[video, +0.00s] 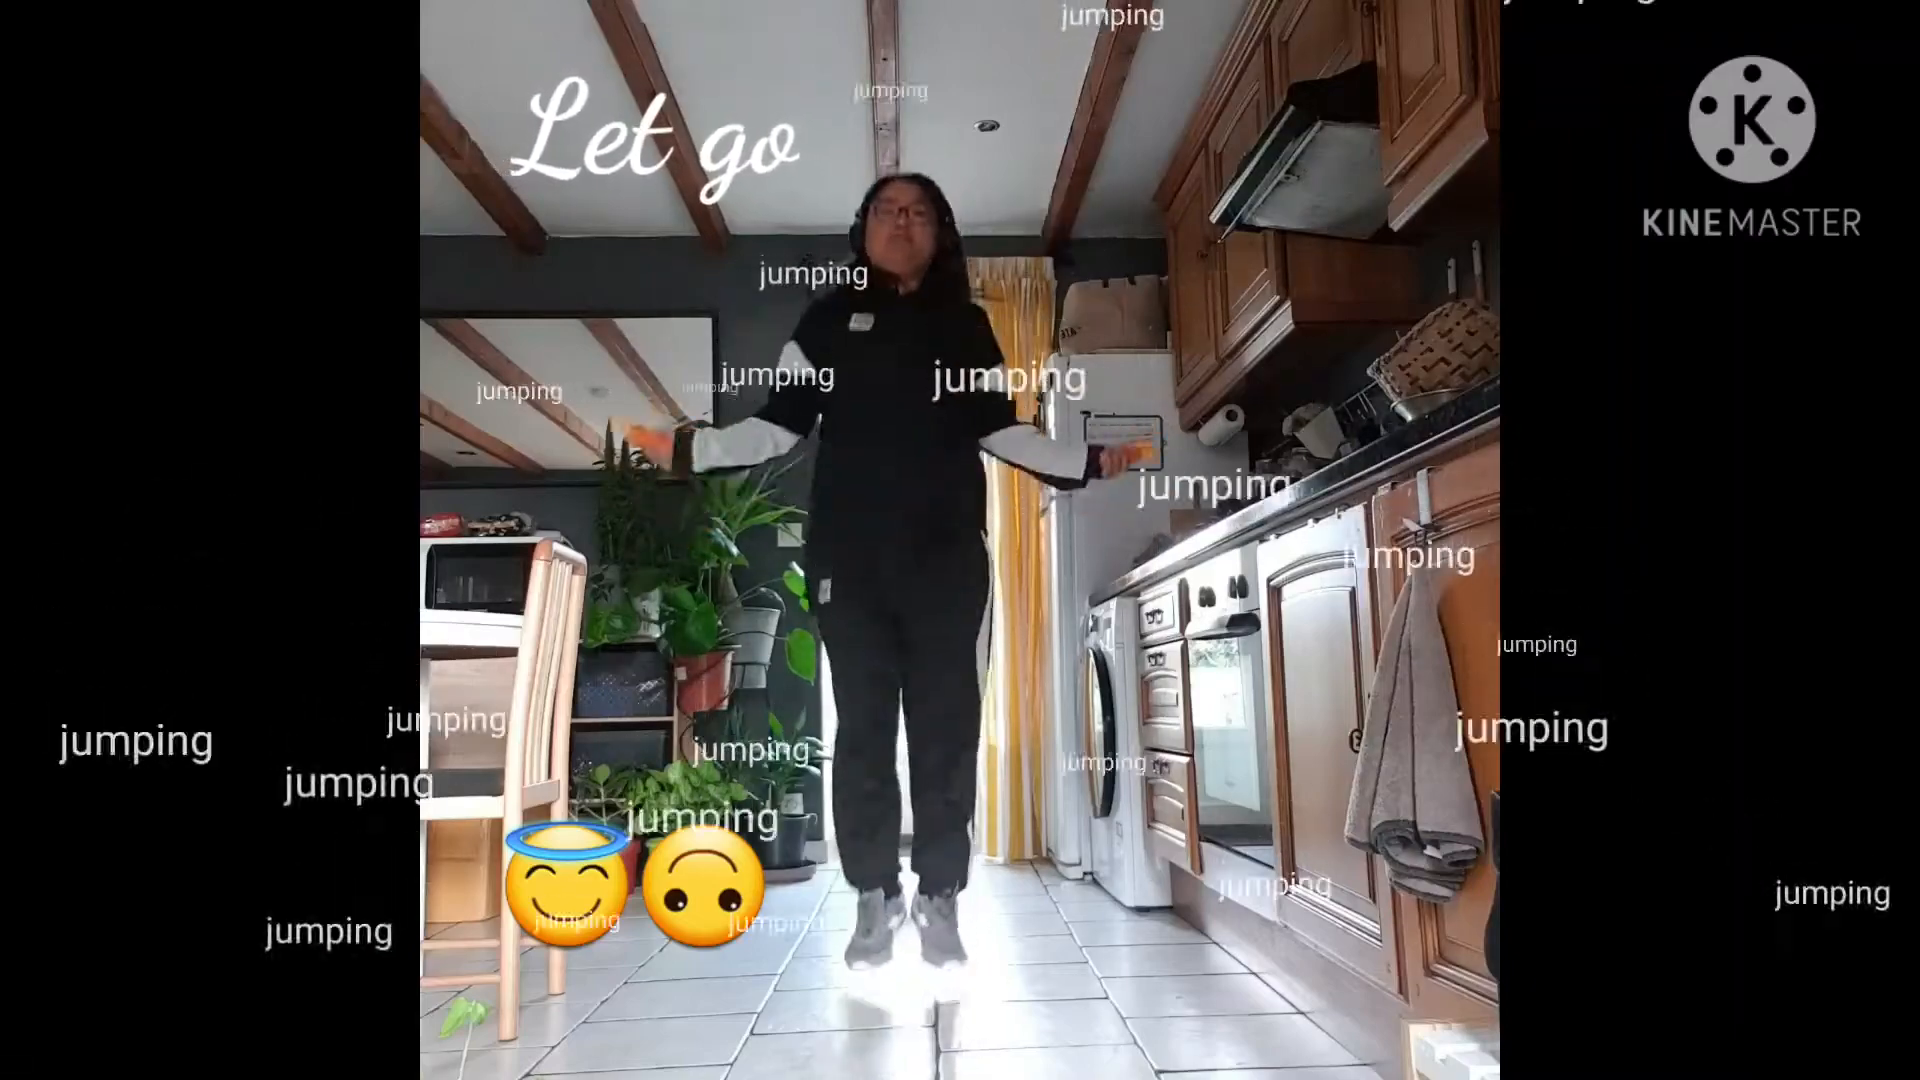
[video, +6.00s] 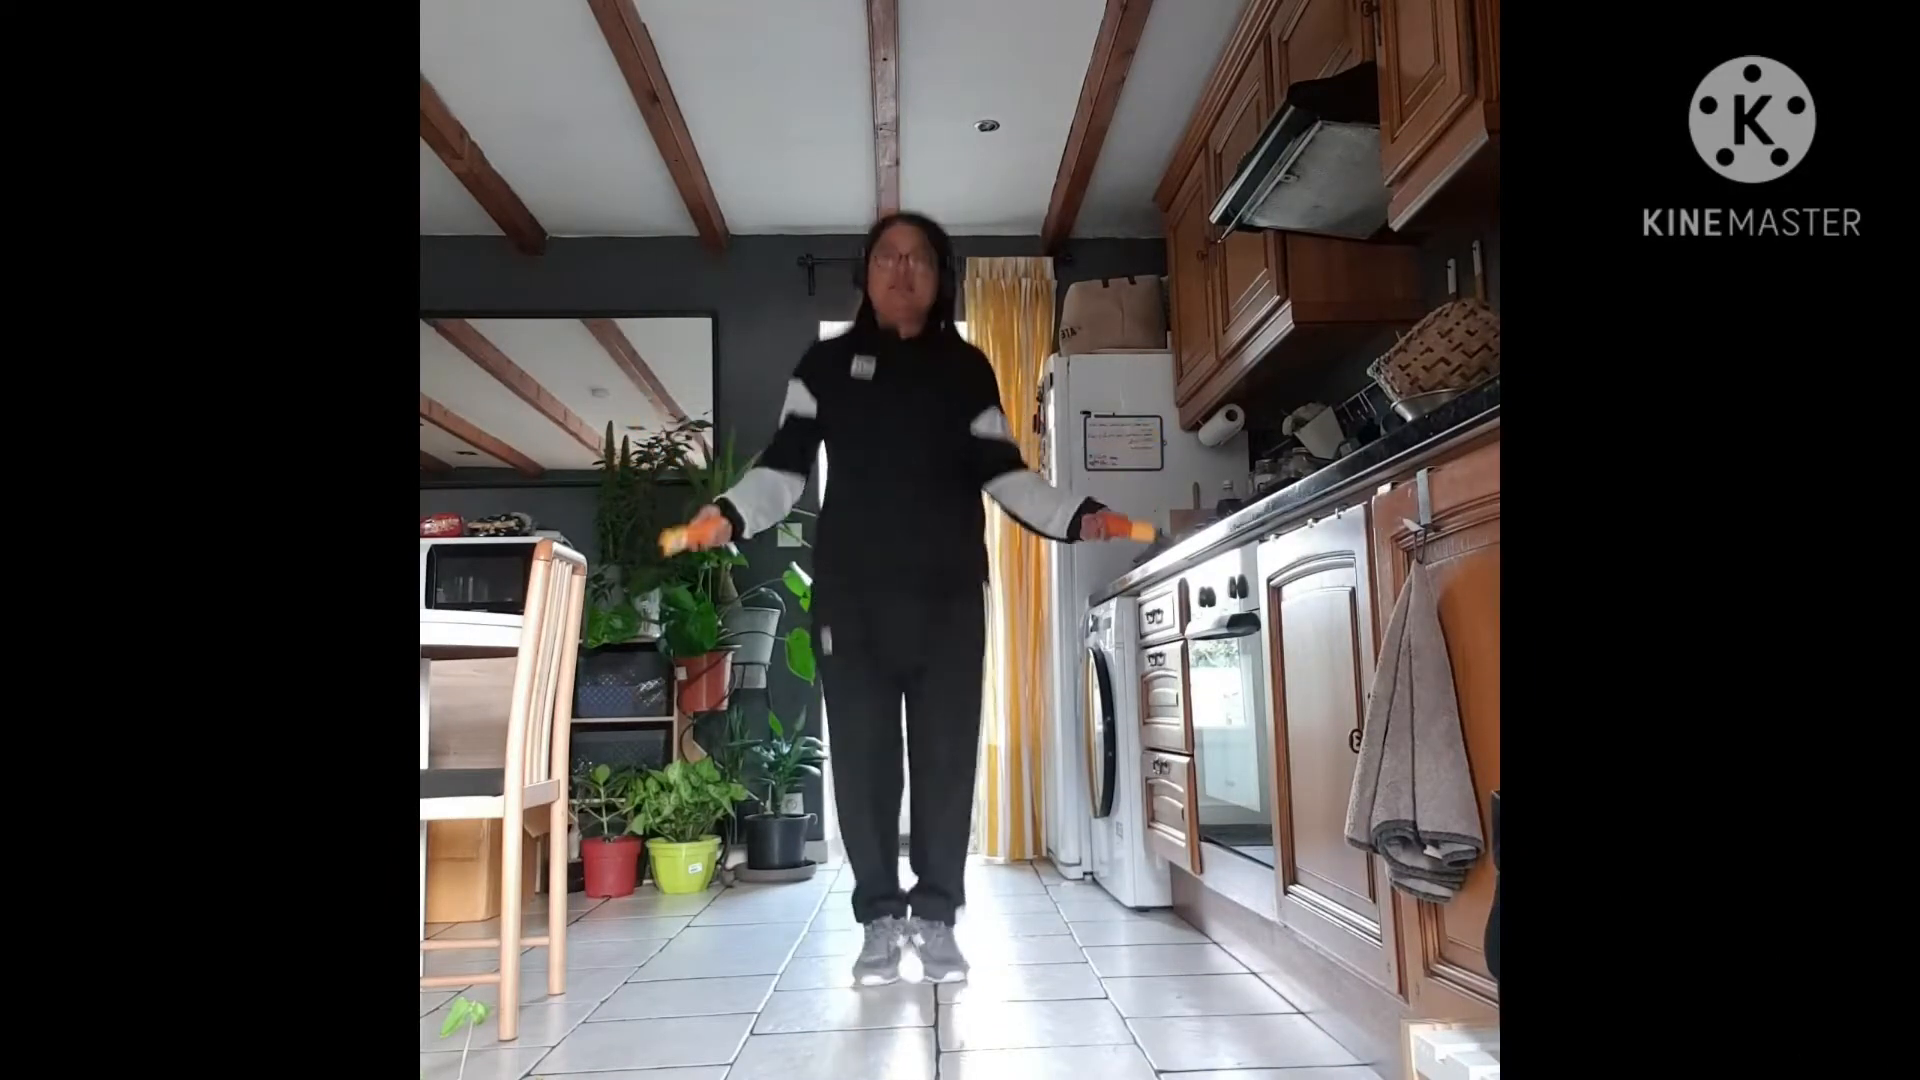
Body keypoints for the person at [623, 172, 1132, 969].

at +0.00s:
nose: (902, 222)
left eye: (918, 212)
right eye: (888, 211)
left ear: (942, 236)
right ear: (863, 233)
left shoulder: (966, 325)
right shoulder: (830, 315)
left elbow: (996, 430)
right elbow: (785, 423)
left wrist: (1088, 461)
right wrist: (693, 443)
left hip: (946, 551)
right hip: (851, 549)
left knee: (945, 726)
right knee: (863, 726)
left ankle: (939, 900)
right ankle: (874, 897)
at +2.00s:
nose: (902, 266)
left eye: (916, 255)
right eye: (888, 253)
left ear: (936, 274)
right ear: (863, 270)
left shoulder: (962, 364)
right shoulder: (826, 361)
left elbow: (997, 464)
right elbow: (782, 464)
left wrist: (1066, 494)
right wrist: (721, 496)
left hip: (944, 594)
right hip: (851, 594)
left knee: (937, 760)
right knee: (857, 761)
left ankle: (934, 922)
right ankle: (877, 921)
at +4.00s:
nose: (899, 224)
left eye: (915, 213)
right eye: (885, 211)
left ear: (939, 232)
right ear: (860, 229)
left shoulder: (962, 318)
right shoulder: (825, 317)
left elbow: (998, 424)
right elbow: (785, 424)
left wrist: (1068, 464)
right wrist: (706, 443)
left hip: (946, 544)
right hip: (851, 543)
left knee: (941, 720)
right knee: (863, 721)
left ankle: (937, 890)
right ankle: (876, 891)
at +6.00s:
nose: (901, 268)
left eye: (918, 257)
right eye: (887, 255)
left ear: (940, 277)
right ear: (865, 273)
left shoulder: (966, 367)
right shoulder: (827, 364)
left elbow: (1002, 473)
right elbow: (786, 466)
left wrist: (1077, 515)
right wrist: (726, 514)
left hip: (948, 593)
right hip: (852, 592)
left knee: (946, 760)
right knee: (864, 761)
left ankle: (937, 920)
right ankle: (880, 920)